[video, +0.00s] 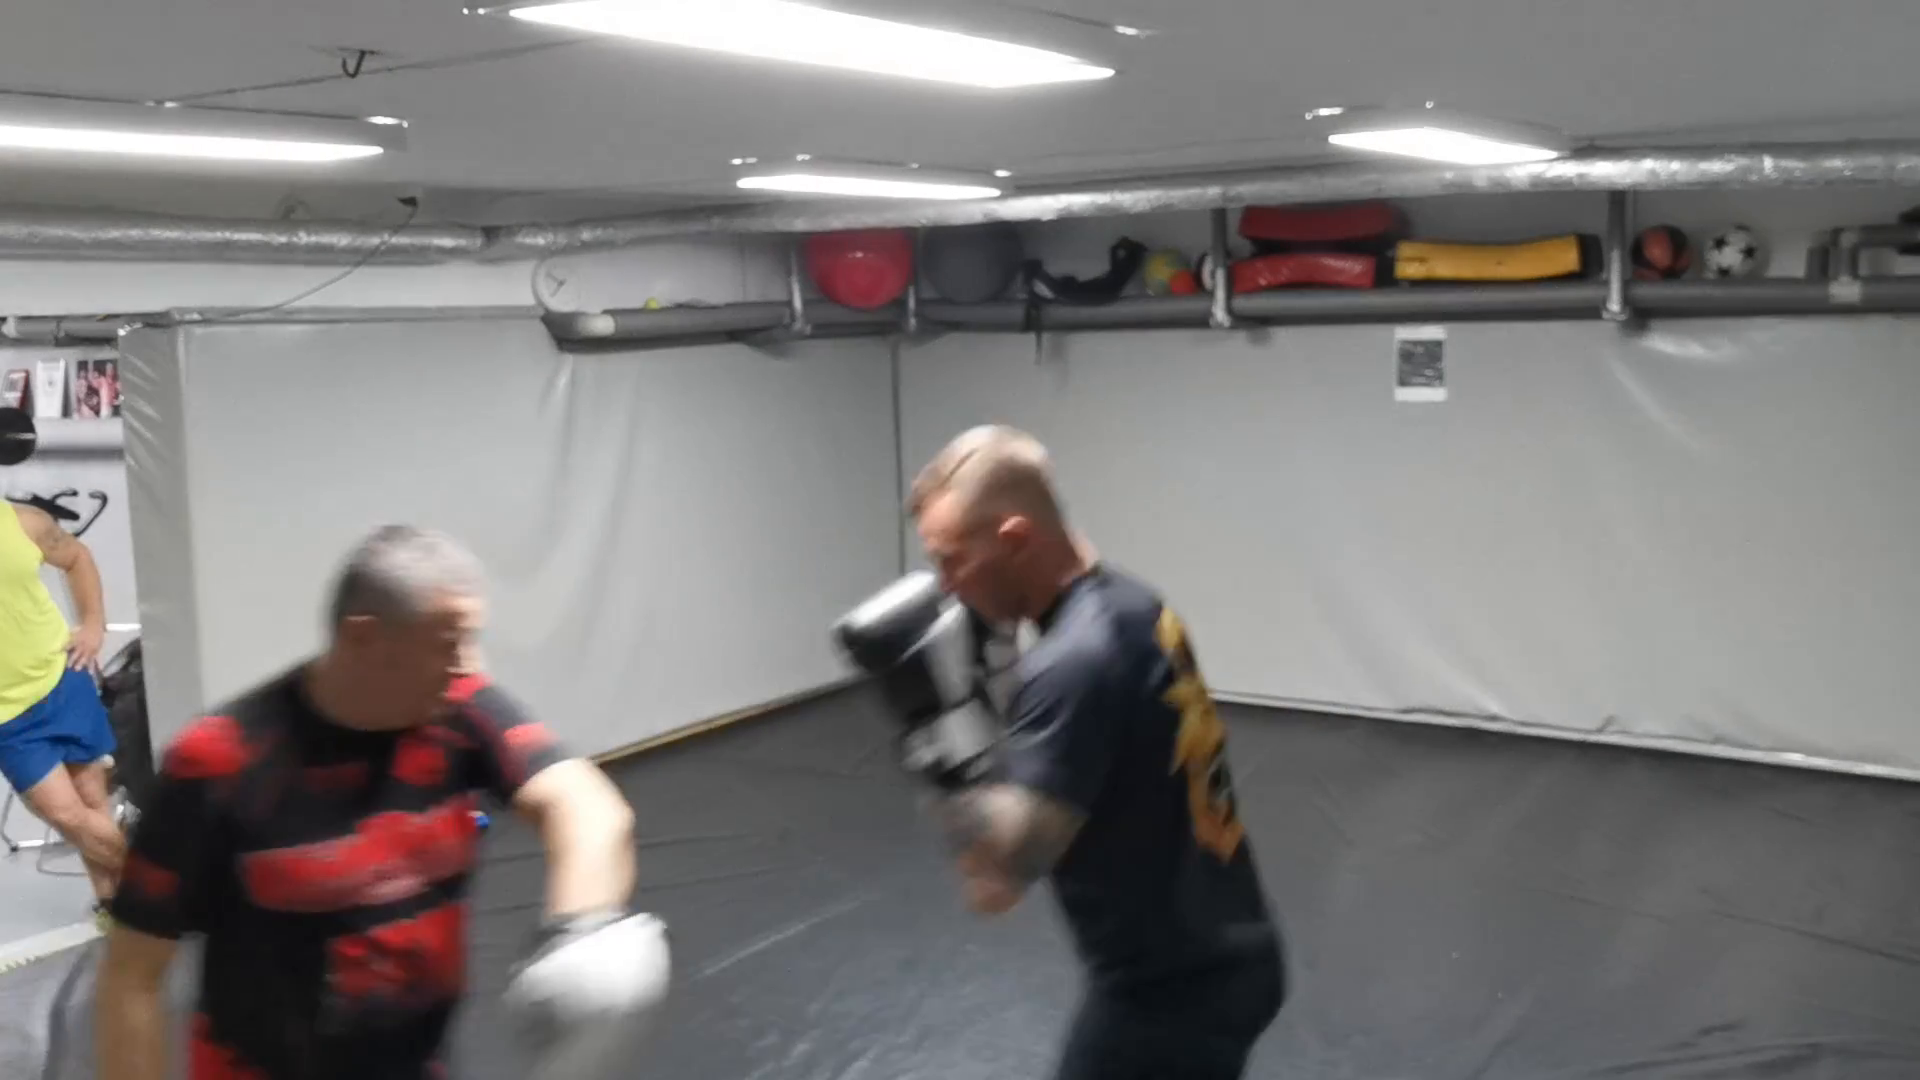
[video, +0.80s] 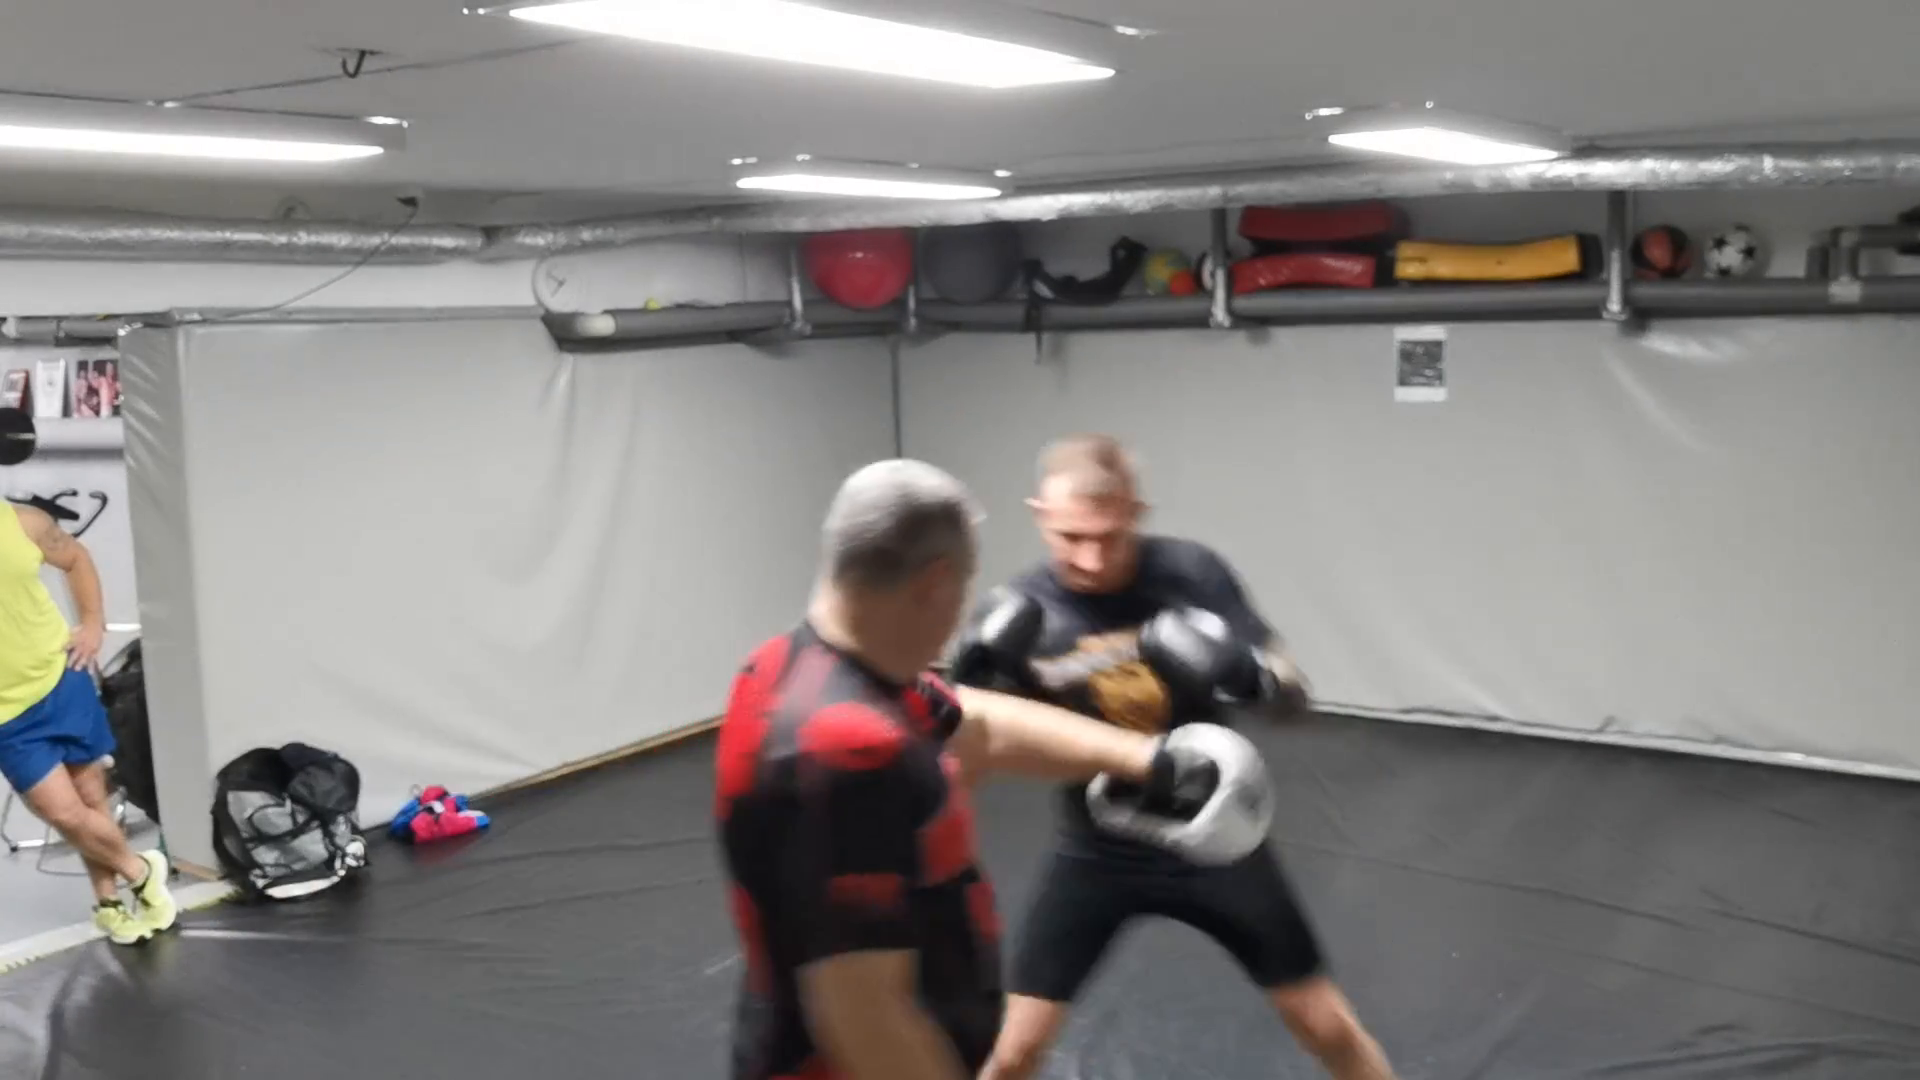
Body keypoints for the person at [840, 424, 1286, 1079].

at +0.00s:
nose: (945, 586)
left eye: (952, 561)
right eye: (938, 565)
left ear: (1016, 537)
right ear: (1022, 538)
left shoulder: (1076, 663)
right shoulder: (1126, 608)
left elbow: (1011, 855)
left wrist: (940, 724)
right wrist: (996, 865)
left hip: (1168, 987)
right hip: (1223, 955)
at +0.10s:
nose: (1000, 578)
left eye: (1012, 552)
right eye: (994, 554)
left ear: (1076, 532)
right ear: (1077, 534)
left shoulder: (1151, 646)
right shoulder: (1116, 622)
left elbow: (1101, 828)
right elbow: (1088, 749)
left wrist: (1006, 705)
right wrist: (1079, 852)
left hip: (1222, 969)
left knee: (1115, 1069)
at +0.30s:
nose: (1109, 586)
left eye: (1131, 562)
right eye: (1103, 560)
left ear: (1197, 546)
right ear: (1095, 545)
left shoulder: (1278, 655)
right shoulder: (1136, 643)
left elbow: (1331, 839)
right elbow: (1084, 761)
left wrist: (1224, 720)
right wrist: (1042, 698)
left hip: (1291, 945)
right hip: (1228, 937)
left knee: (1250, 1067)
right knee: (1265, 1063)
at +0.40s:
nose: (1157, 531)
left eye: (1177, 510)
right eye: (1143, 510)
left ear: (1238, 495)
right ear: (1127, 494)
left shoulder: (1306, 595)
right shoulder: (1131, 580)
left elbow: (1360, 770)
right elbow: (1063, 716)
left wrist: (1270, 654)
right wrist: (1043, 642)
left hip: (1295, 874)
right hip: (1210, 866)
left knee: (1261, 1066)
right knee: (1247, 1056)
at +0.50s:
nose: (1183, 497)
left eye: (1204, 478)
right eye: (1165, 476)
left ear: (1256, 456)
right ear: (1146, 458)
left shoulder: (1314, 546)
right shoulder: (1135, 541)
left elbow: (1342, 722)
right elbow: (1071, 685)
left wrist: (1259, 598)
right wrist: (1052, 617)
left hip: (1292, 853)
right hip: (1187, 848)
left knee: (1313, 1069)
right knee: (1147, 1056)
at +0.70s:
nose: (1152, 564)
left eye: (1172, 541)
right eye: (1134, 542)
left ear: (1209, 523)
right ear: (1111, 528)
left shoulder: (1269, 597)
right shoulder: (1097, 619)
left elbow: (1340, 746)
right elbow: (1002, 770)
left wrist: (1231, 686)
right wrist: (1016, 680)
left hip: (1293, 879)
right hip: (1167, 880)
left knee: (1384, 1060)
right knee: (1056, 1059)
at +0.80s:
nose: (1091, 560)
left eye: (1108, 539)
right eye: (1071, 540)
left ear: (1135, 515)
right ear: (1040, 519)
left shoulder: (1192, 575)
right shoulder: (1023, 608)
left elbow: (1295, 697)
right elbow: (965, 737)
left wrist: (1235, 671)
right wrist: (988, 670)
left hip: (1213, 847)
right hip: (1095, 853)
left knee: (1329, 1027)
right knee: (1013, 1049)